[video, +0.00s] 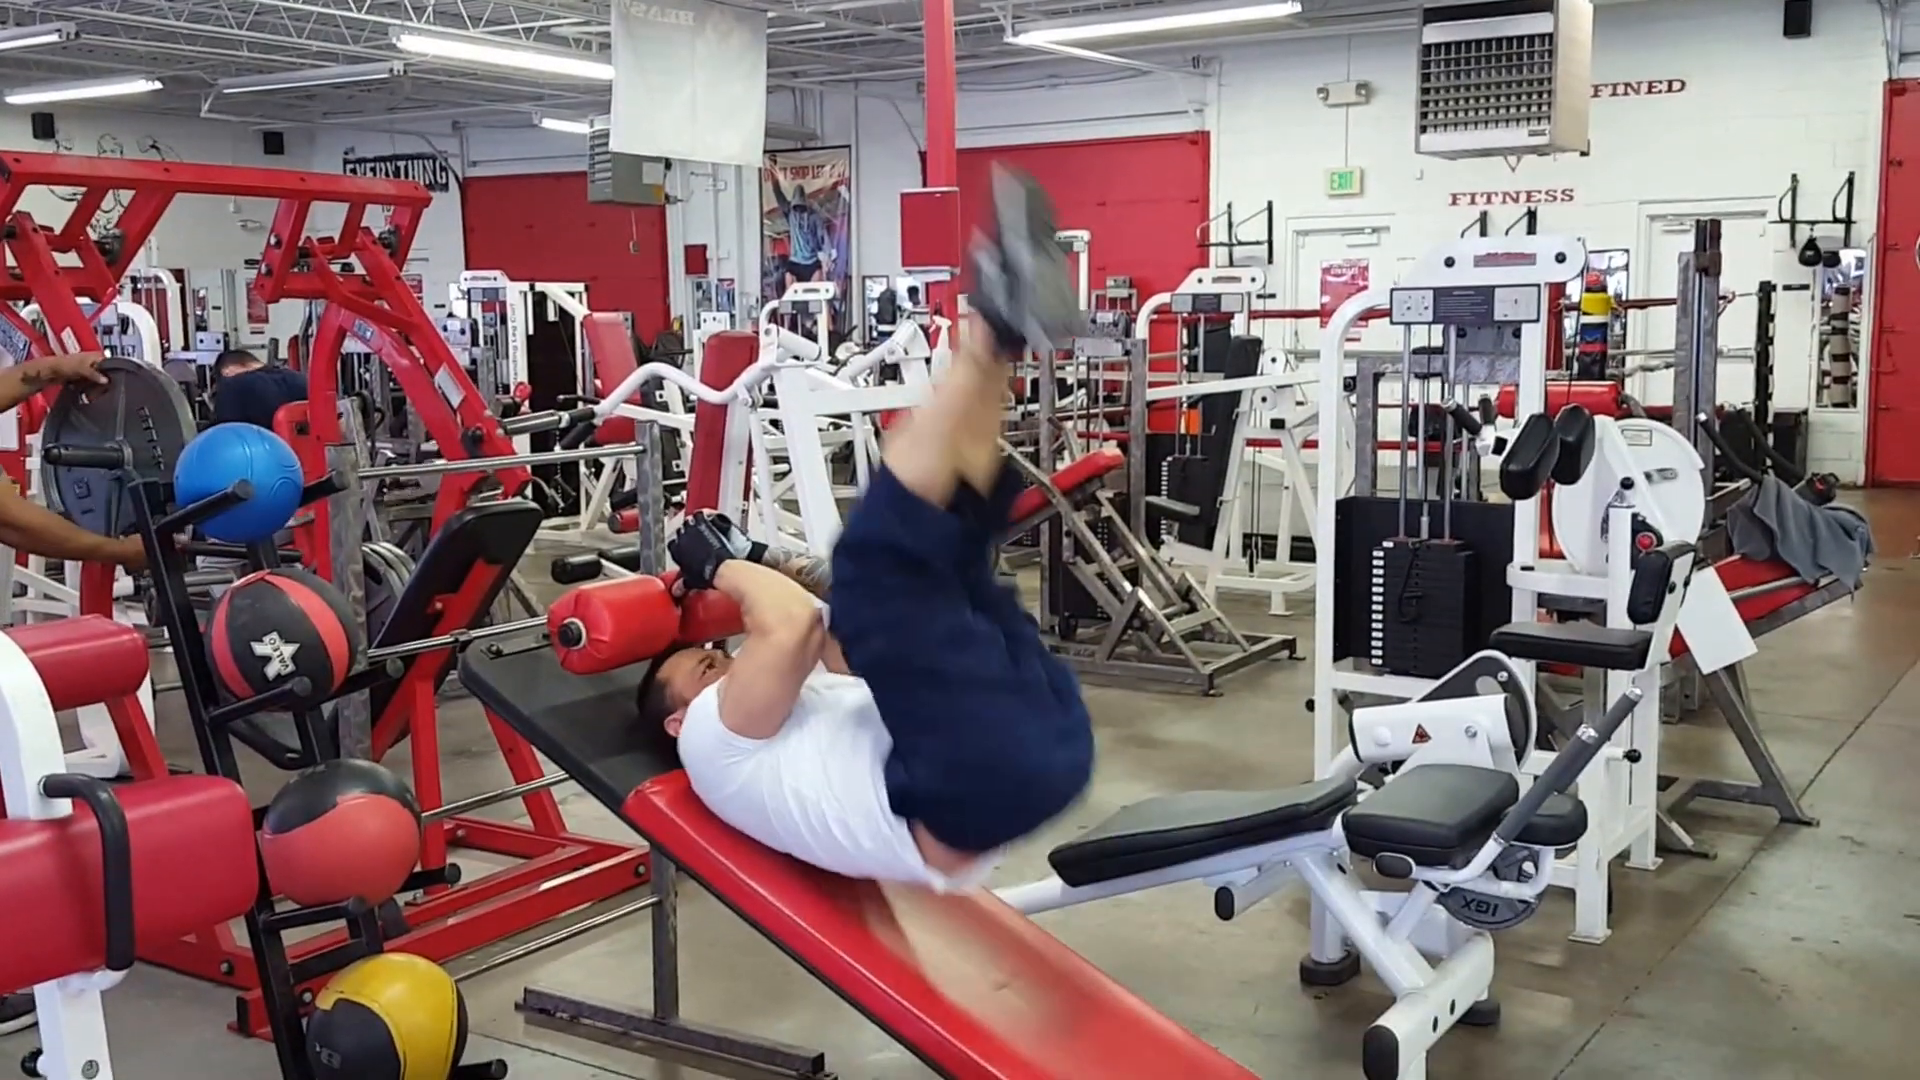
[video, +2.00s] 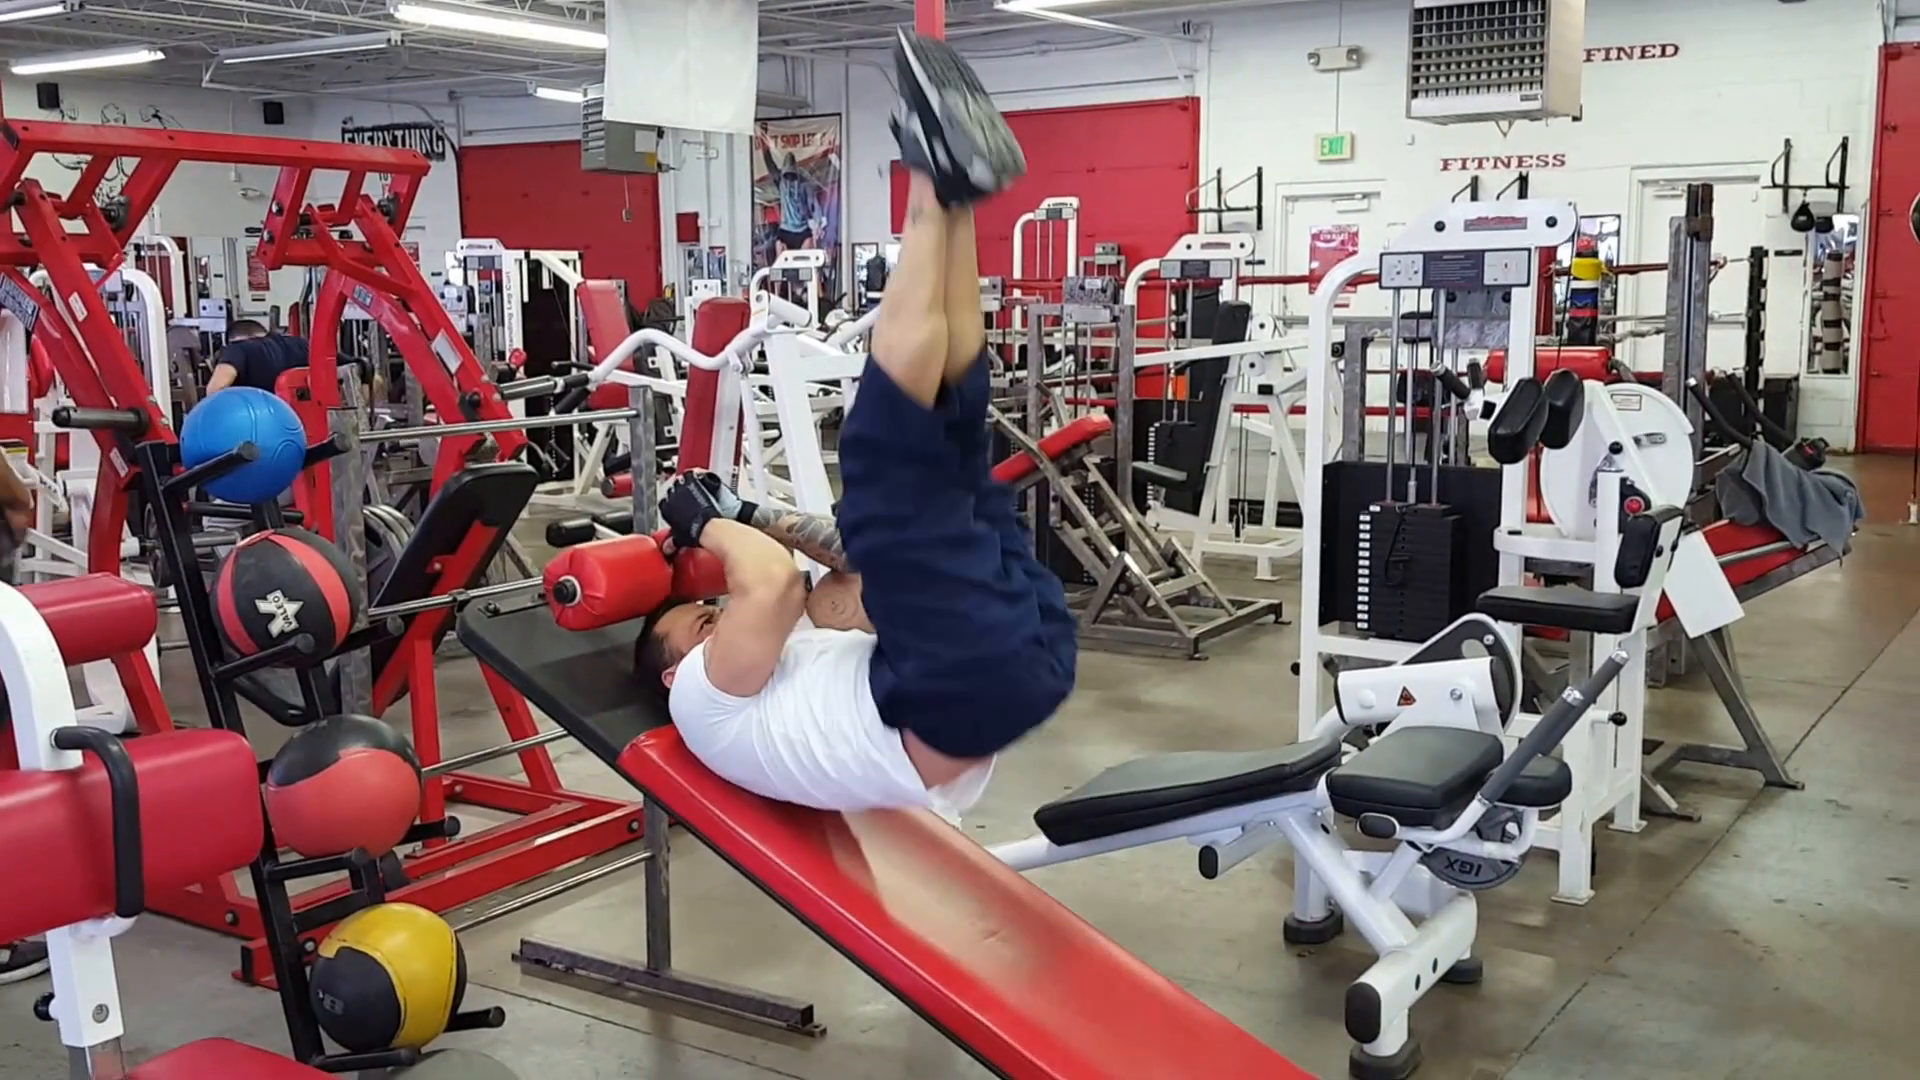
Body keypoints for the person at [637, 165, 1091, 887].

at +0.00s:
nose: (722, 660)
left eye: (715, 654)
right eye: (701, 667)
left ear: (730, 658)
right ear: (681, 718)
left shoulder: (804, 709)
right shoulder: (711, 746)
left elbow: (848, 640)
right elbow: (794, 623)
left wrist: (769, 583)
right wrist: (723, 567)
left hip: (1051, 753)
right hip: (977, 788)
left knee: (937, 561)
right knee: (872, 559)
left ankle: (1001, 350)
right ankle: (984, 339)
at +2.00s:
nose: (717, 618)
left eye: (711, 615)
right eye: (696, 623)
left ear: (730, 623)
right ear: (671, 669)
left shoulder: (791, 665)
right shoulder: (701, 699)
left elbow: (857, 597)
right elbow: (772, 580)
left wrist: (789, 549)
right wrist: (711, 525)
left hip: (1032, 665)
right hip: (967, 695)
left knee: (950, 446)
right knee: (882, 456)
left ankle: (956, 202)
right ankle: (929, 188)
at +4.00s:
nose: (719, 607)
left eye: (712, 604)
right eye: (696, 614)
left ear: (729, 613)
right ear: (668, 666)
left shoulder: (788, 664)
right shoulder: (702, 695)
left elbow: (858, 589)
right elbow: (772, 573)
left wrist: (756, 523)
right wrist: (704, 518)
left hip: (1033, 679)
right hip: (964, 698)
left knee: (961, 462)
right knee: (898, 459)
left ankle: (991, 217)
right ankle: (961, 201)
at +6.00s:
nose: (720, 609)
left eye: (711, 604)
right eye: (698, 616)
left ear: (719, 615)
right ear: (677, 661)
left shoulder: (779, 665)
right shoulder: (706, 697)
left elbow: (868, 607)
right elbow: (775, 573)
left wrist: (772, 574)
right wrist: (708, 515)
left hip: (1036, 682)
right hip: (970, 707)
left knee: (953, 477)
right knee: (891, 467)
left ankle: (1010, 246)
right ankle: (988, 225)